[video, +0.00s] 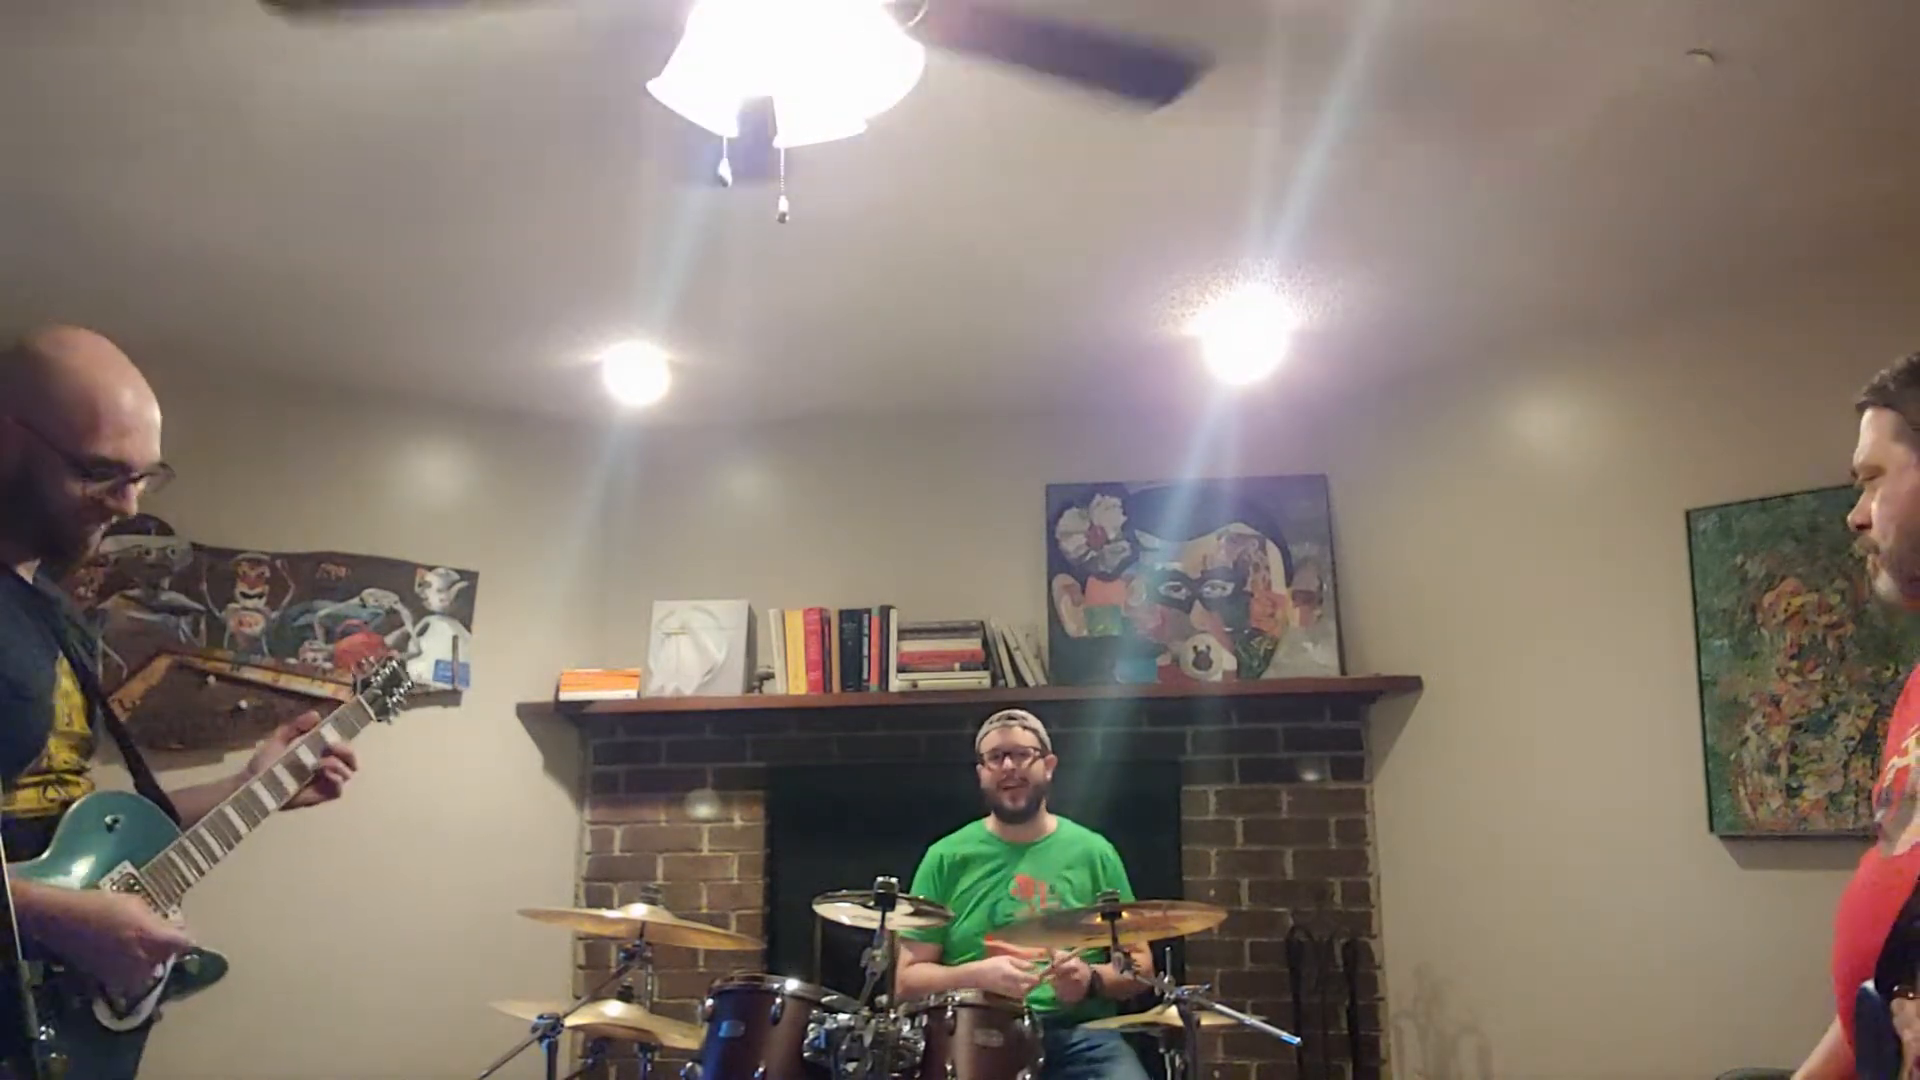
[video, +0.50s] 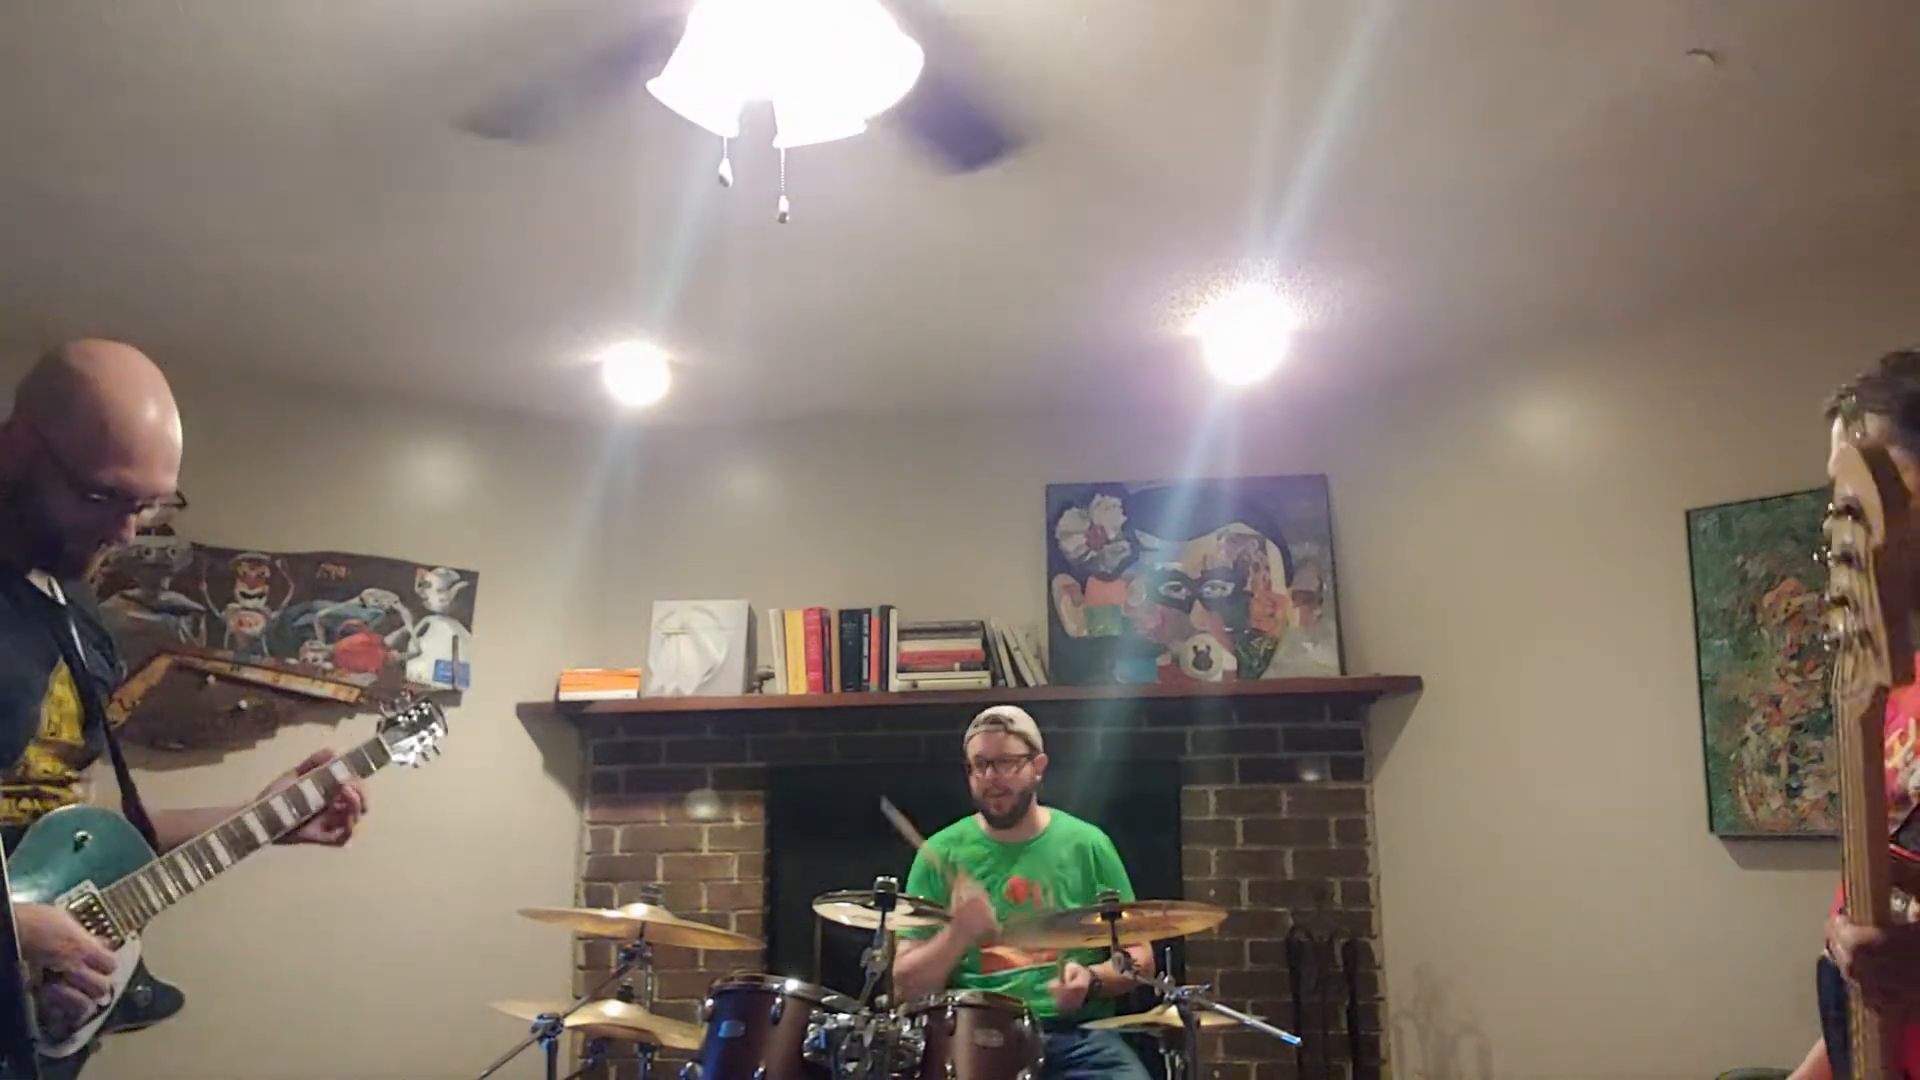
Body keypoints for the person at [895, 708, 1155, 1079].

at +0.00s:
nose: (1009, 767)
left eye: (1021, 755)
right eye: (996, 758)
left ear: (1049, 765)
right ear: (980, 772)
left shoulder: (1093, 852)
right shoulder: (946, 858)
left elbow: (1140, 968)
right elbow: (906, 977)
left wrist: (1092, 977)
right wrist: (979, 974)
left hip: (1079, 1029)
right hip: (977, 1033)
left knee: (1127, 1073)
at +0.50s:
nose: (993, 778)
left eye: (1008, 764)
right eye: (981, 765)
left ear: (1038, 767)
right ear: (967, 771)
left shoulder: (1088, 845)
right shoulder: (939, 854)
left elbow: (1140, 958)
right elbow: (904, 984)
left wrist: (1093, 976)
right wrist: (957, 933)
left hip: (1074, 1029)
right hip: (972, 1031)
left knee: (1130, 1074)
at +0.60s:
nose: (983, 782)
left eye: (999, 766)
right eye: (973, 768)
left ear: (1032, 767)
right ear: (962, 772)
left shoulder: (1086, 845)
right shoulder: (938, 849)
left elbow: (1140, 958)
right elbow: (912, 981)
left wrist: (1090, 980)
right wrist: (952, 883)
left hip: (1073, 1032)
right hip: (968, 1032)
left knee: (1132, 1075)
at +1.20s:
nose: (1000, 774)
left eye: (1017, 759)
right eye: (990, 761)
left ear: (1052, 767)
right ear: (980, 768)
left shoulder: (1095, 850)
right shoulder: (948, 847)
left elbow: (1143, 966)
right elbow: (907, 977)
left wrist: (1097, 982)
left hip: (1072, 1031)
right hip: (970, 1031)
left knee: (1131, 1074)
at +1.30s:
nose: (1009, 771)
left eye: (1026, 757)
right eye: (999, 758)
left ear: (1057, 768)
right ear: (987, 768)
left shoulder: (1099, 852)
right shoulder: (949, 852)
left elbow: (1143, 965)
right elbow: (908, 966)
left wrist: (1105, 988)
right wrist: (959, 978)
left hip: (1073, 1032)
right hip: (974, 1031)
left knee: (1133, 1075)